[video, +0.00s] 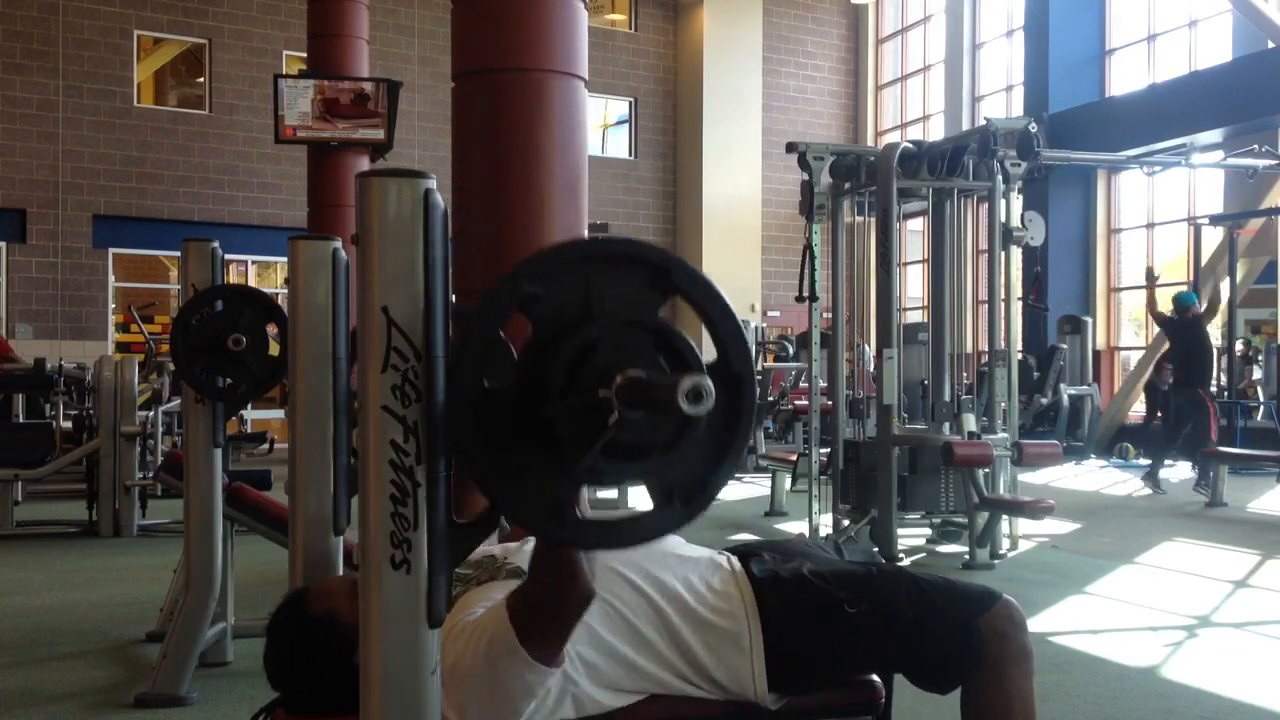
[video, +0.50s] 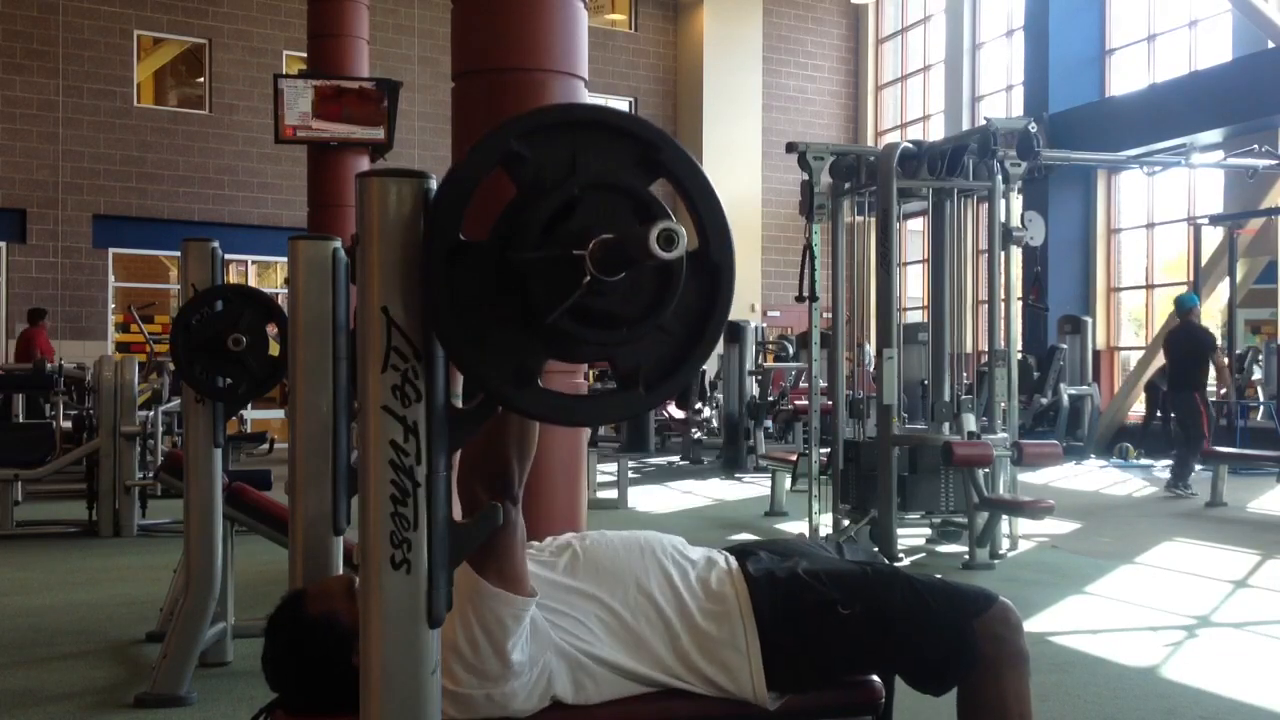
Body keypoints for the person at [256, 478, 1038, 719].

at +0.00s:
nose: (370, 574)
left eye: (355, 575)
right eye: (355, 591)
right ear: (359, 647)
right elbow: (556, 596)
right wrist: (545, 465)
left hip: (737, 580)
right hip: (754, 618)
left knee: (867, 689)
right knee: (992, 625)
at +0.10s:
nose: (373, 566)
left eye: (356, 566)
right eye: (355, 584)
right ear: (356, 649)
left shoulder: (455, 634)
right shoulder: (467, 681)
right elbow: (545, 541)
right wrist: (519, 390)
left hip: (740, 595)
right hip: (761, 610)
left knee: (863, 696)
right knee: (991, 626)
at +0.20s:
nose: (369, 567)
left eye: (353, 567)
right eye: (353, 586)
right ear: (357, 650)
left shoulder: (458, 629)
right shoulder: (471, 683)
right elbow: (525, 524)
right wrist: (510, 355)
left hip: (737, 579)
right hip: (756, 612)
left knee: (863, 693)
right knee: (990, 626)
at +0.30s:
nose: (367, 571)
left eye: (353, 572)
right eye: (354, 589)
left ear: (353, 648)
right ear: (362, 649)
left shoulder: (442, 619)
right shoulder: (474, 672)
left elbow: (484, 487)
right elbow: (505, 489)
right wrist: (522, 330)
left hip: (722, 570)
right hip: (748, 618)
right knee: (990, 627)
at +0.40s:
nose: (364, 575)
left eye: (349, 574)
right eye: (349, 590)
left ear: (353, 639)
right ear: (358, 644)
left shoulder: (449, 619)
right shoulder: (469, 669)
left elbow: (488, 481)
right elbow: (501, 488)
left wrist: (507, 342)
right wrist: (522, 346)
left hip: (726, 573)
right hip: (747, 617)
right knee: (988, 627)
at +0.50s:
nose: (368, 576)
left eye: (353, 575)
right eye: (354, 591)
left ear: (365, 613)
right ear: (361, 649)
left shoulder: (450, 616)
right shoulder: (469, 673)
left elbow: (498, 474)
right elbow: (499, 489)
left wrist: (509, 328)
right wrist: (521, 327)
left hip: (727, 570)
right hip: (752, 618)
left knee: (864, 561)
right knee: (990, 627)